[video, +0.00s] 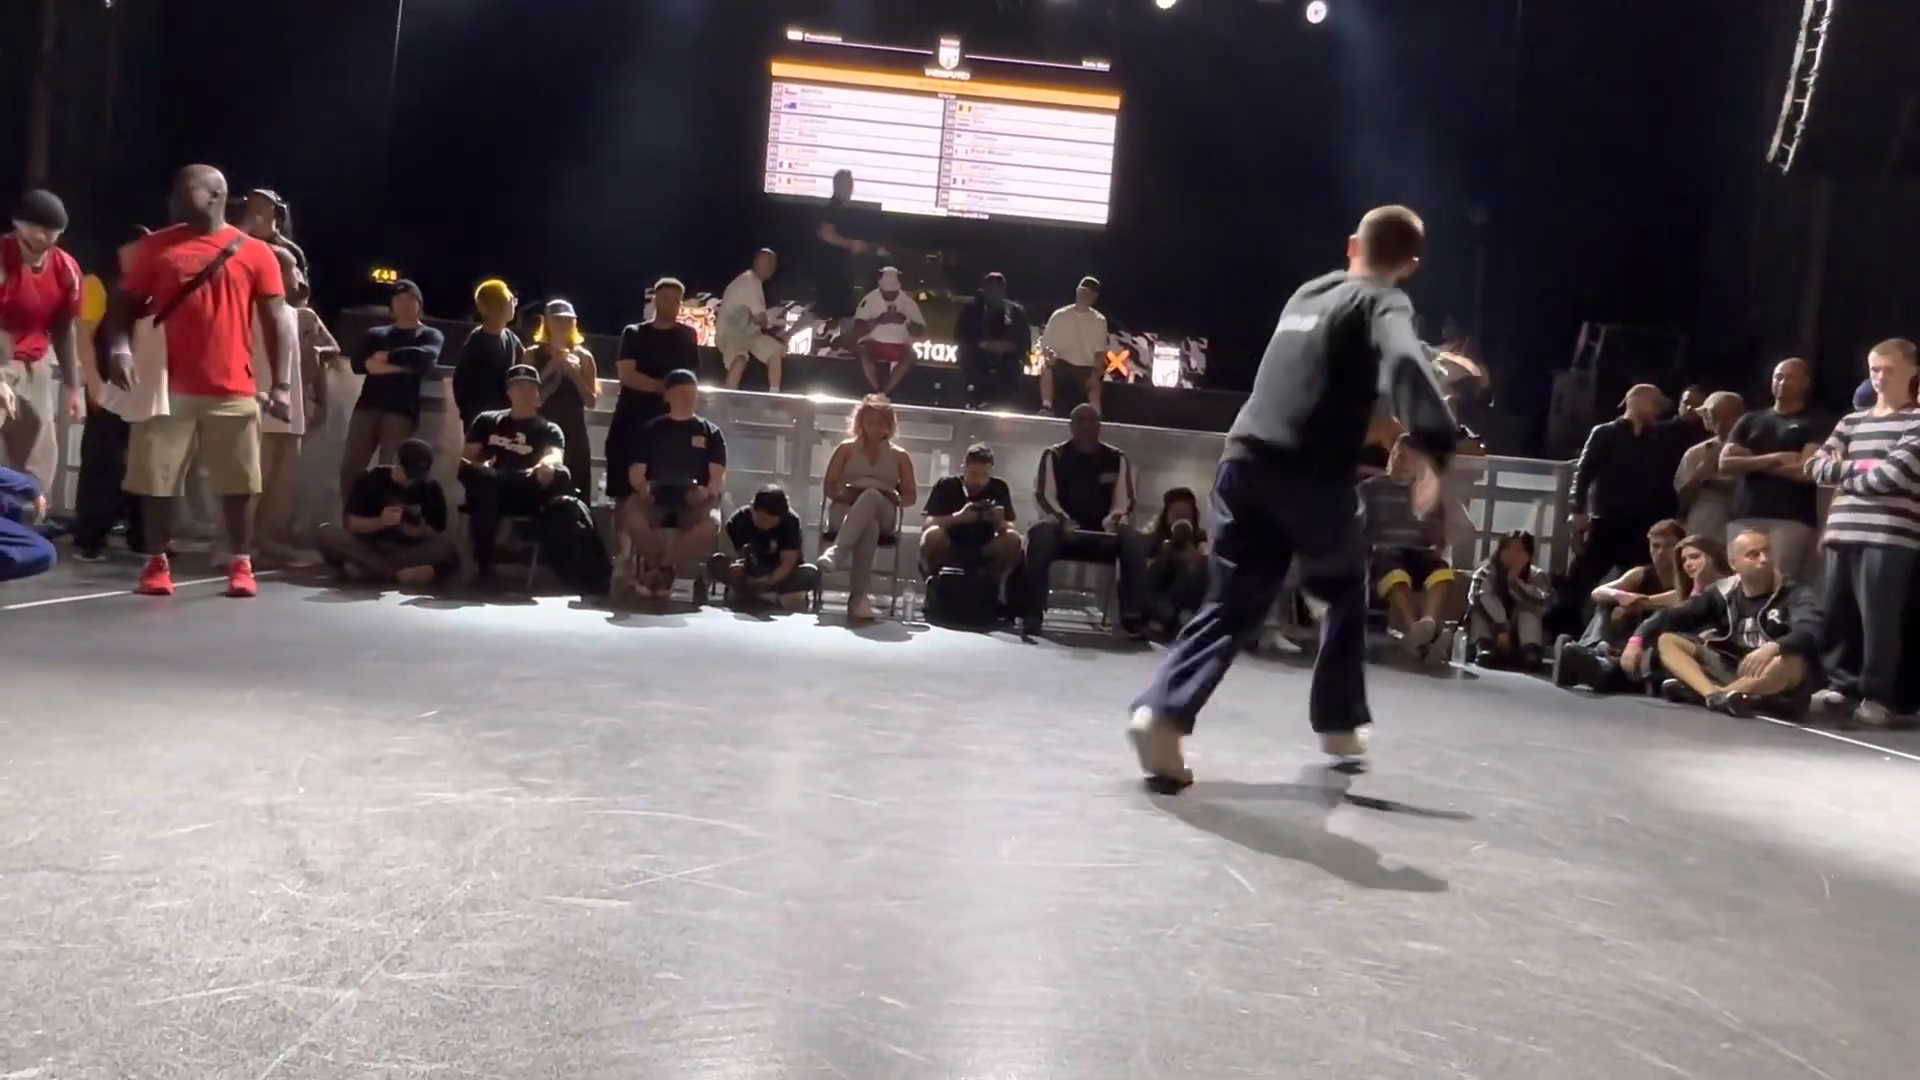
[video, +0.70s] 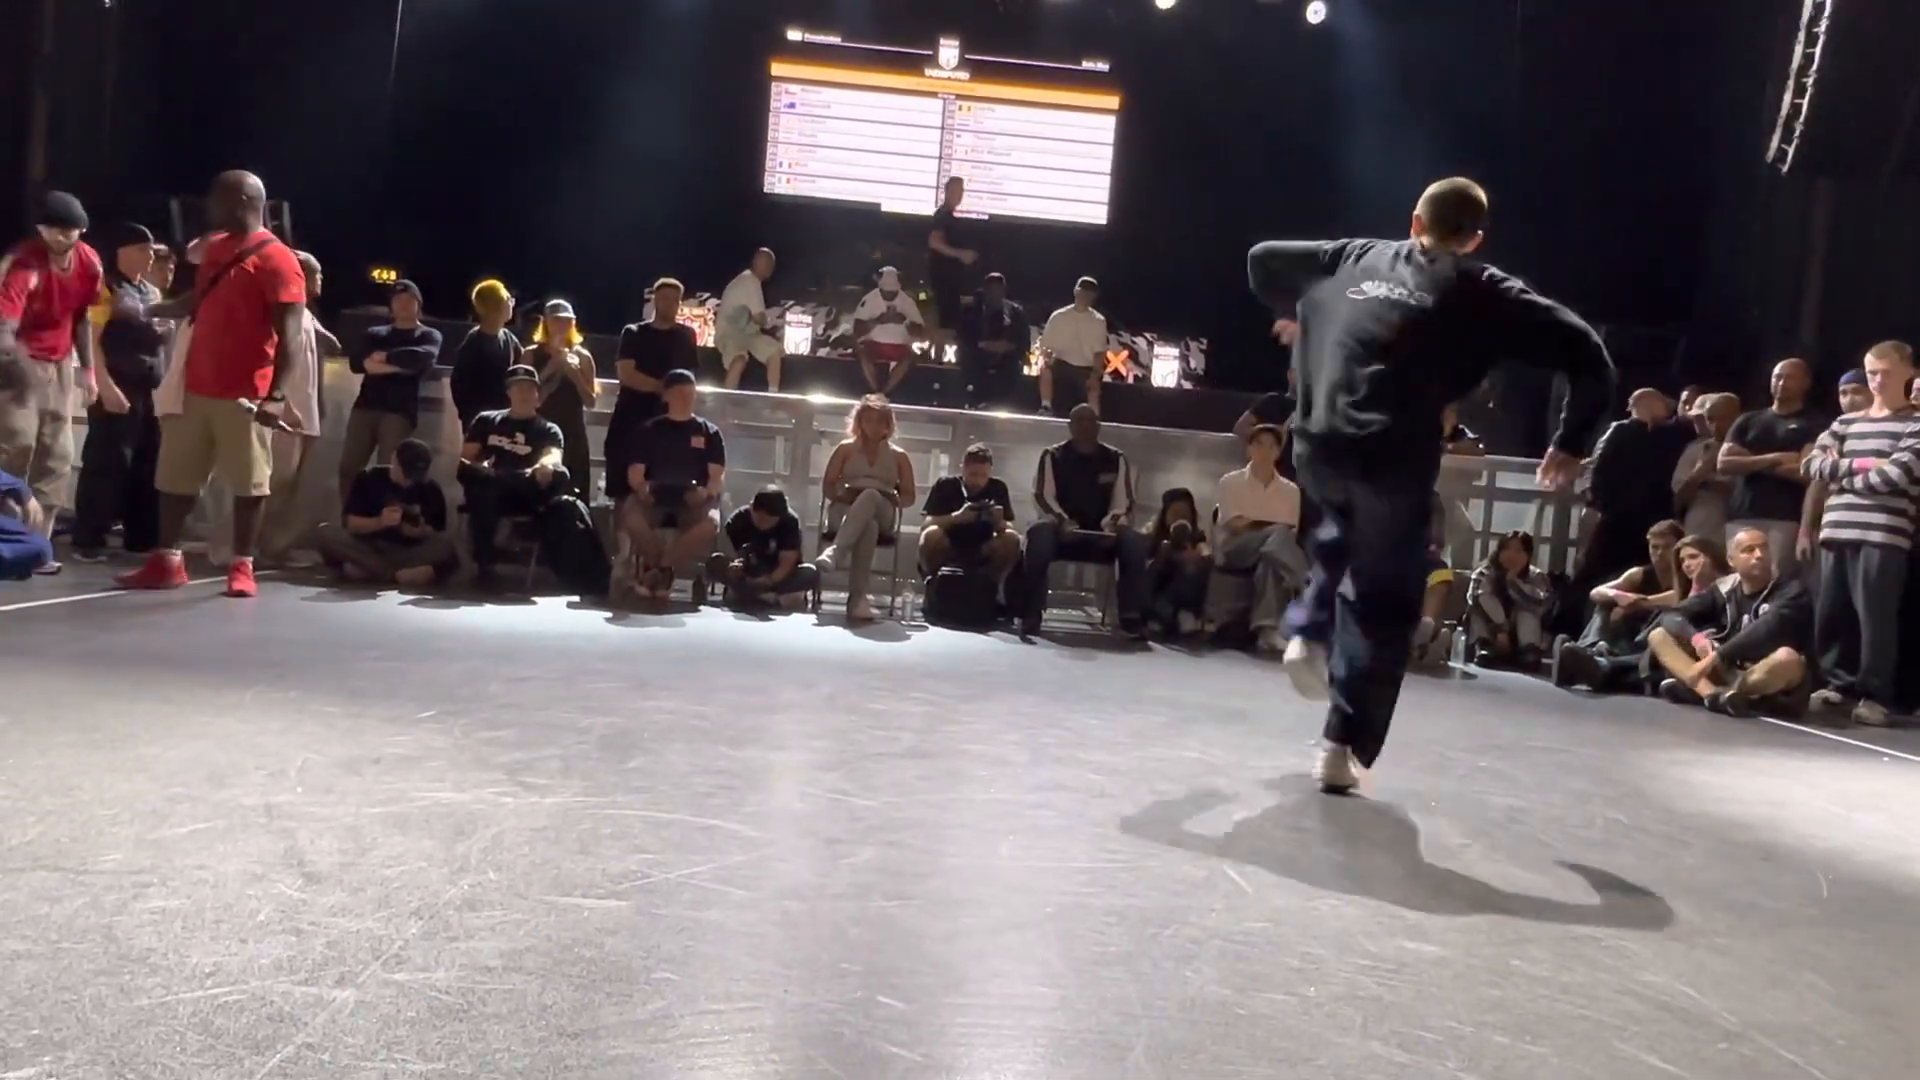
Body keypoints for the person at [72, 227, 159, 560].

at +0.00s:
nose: (138, 262)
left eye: (144, 255)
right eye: (133, 254)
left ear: (153, 258)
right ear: (119, 255)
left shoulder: (162, 290)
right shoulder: (100, 286)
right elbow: (85, 335)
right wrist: (95, 384)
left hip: (153, 397)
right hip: (111, 396)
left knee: (147, 471)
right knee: (100, 472)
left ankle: (143, 535)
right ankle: (91, 538)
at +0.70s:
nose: (148, 258)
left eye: (150, 251)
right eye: (141, 250)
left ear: (149, 256)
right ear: (120, 253)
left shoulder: (153, 294)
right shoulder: (105, 292)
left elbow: (164, 339)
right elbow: (93, 341)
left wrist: (166, 381)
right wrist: (106, 384)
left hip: (152, 386)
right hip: (117, 385)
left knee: (146, 464)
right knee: (106, 461)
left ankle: (142, 536)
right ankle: (90, 536)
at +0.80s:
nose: (153, 257)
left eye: (154, 251)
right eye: (145, 251)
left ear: (154, 256)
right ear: (125, 255)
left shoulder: (159, 293)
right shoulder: (111, 292)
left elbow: (175, 336)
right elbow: (95, 339)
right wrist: (110, 385)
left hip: (157, 386)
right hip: (121, 386)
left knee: (149, 465)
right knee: (109, 462)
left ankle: (143, 536)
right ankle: (91, 535)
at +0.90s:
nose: (154, 257)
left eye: (156, 250)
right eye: (145, 250)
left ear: (161, 255)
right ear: (125, 254)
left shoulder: (165, 293)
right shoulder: (111, 289)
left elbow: (177, 340)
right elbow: (98, 336)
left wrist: (173, 380)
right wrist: (112, 384)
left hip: (158, 387)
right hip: (120, 387)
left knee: (150, 464)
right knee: (110, 461)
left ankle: (143, 536)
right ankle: (92, 535)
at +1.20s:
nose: (160, 257)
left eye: (162, 251)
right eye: (152, 250)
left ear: (165, 256)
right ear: (130, 252)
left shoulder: (163, 292)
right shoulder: (108, 287)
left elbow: (169, 338)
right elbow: (97, 344)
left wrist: (165, 365)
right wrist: (141, 365)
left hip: (151, 380)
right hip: (114, 379)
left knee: (148, 458)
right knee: (110, 455)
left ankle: (143, 534)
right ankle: (92, 534)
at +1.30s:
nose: (155, 257)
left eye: (160, 251)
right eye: (150, 250)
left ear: (165, 254)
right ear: (132, 251)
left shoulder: (162, 289)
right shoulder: (107, 285)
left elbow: (171, 330)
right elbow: (98, 336)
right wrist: (149, 331)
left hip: (153, 380)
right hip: (114, 380)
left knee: (149, 457)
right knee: (109, 456)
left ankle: (143, 534)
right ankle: (91, 534)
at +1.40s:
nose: (150, 259)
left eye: (156, 253)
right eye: (145, 252)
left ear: (163, 256)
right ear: (130, 252)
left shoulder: (166, 287)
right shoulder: (104, 285)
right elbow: (115, 328)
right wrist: (151, 298)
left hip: (154, 381)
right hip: (115, 381)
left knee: (149, 457)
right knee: (108, 455)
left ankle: (143, 534)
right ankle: (91, 533)